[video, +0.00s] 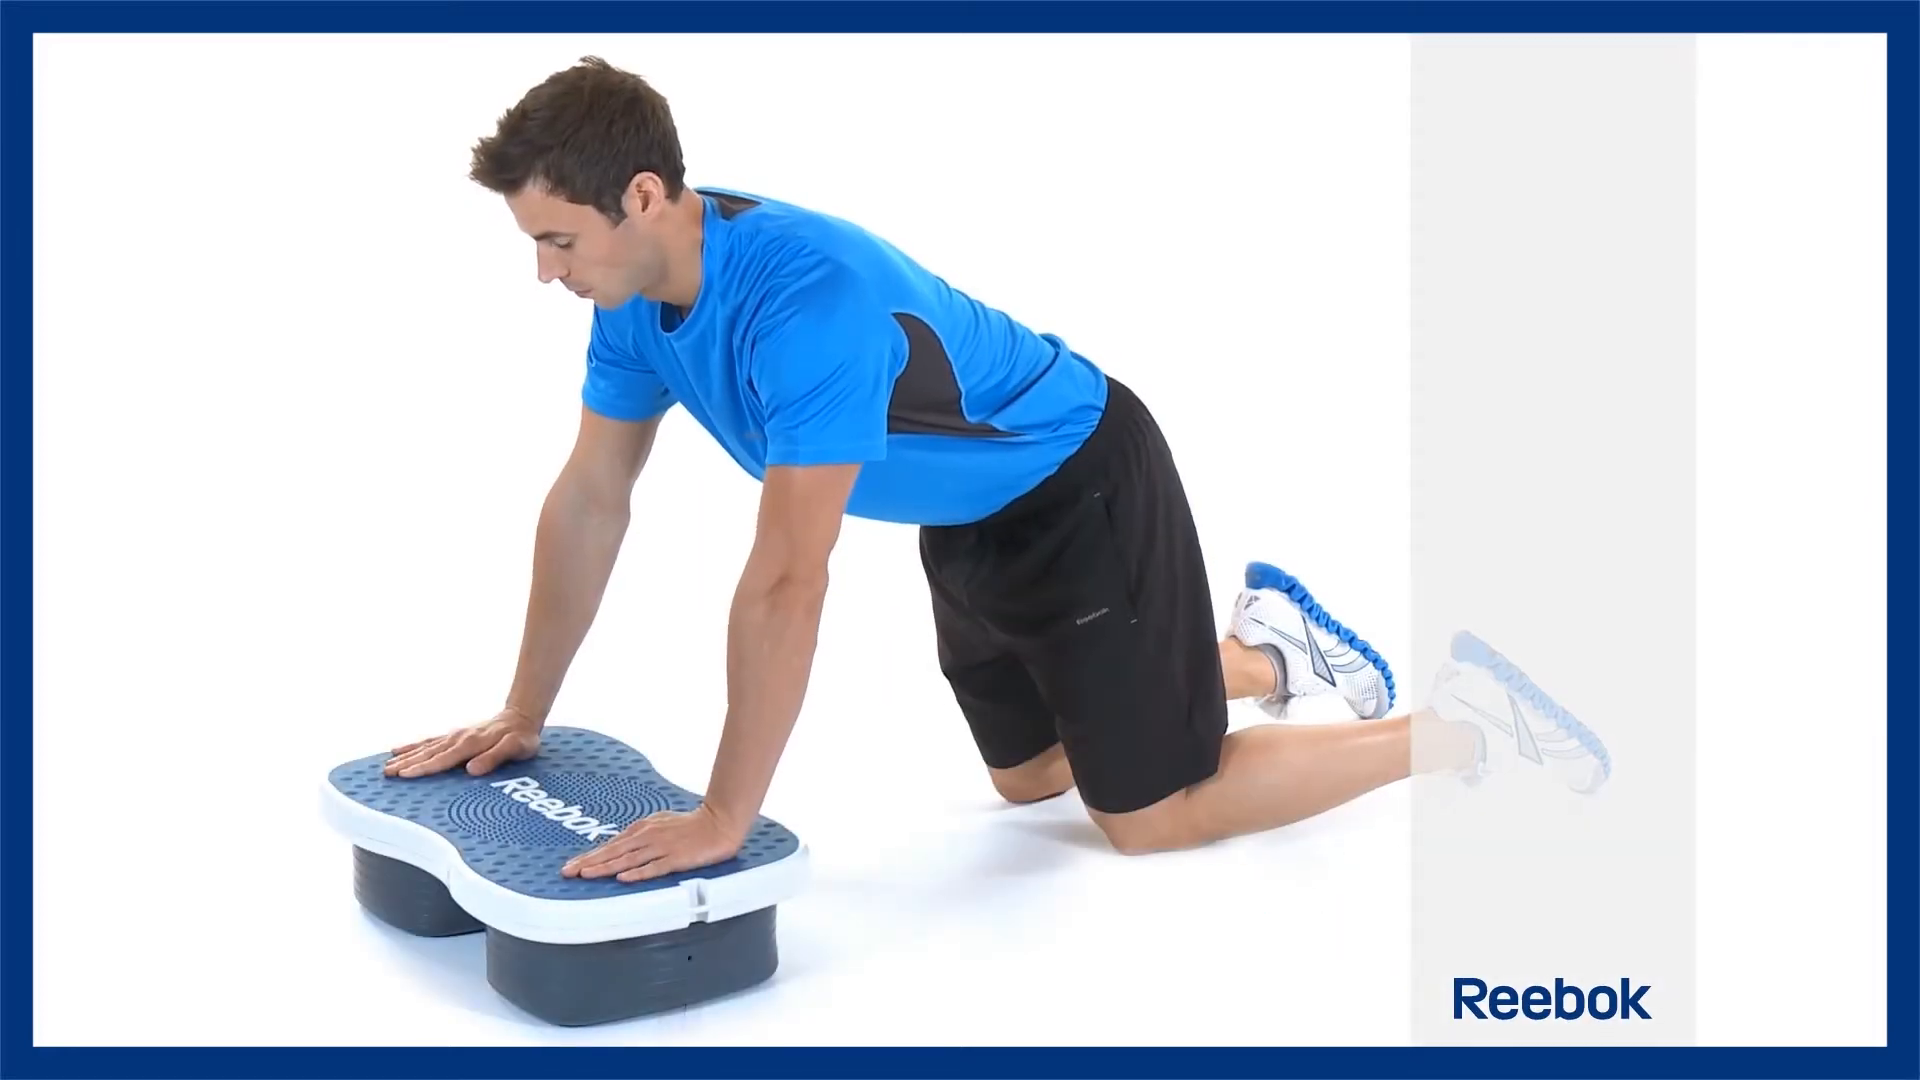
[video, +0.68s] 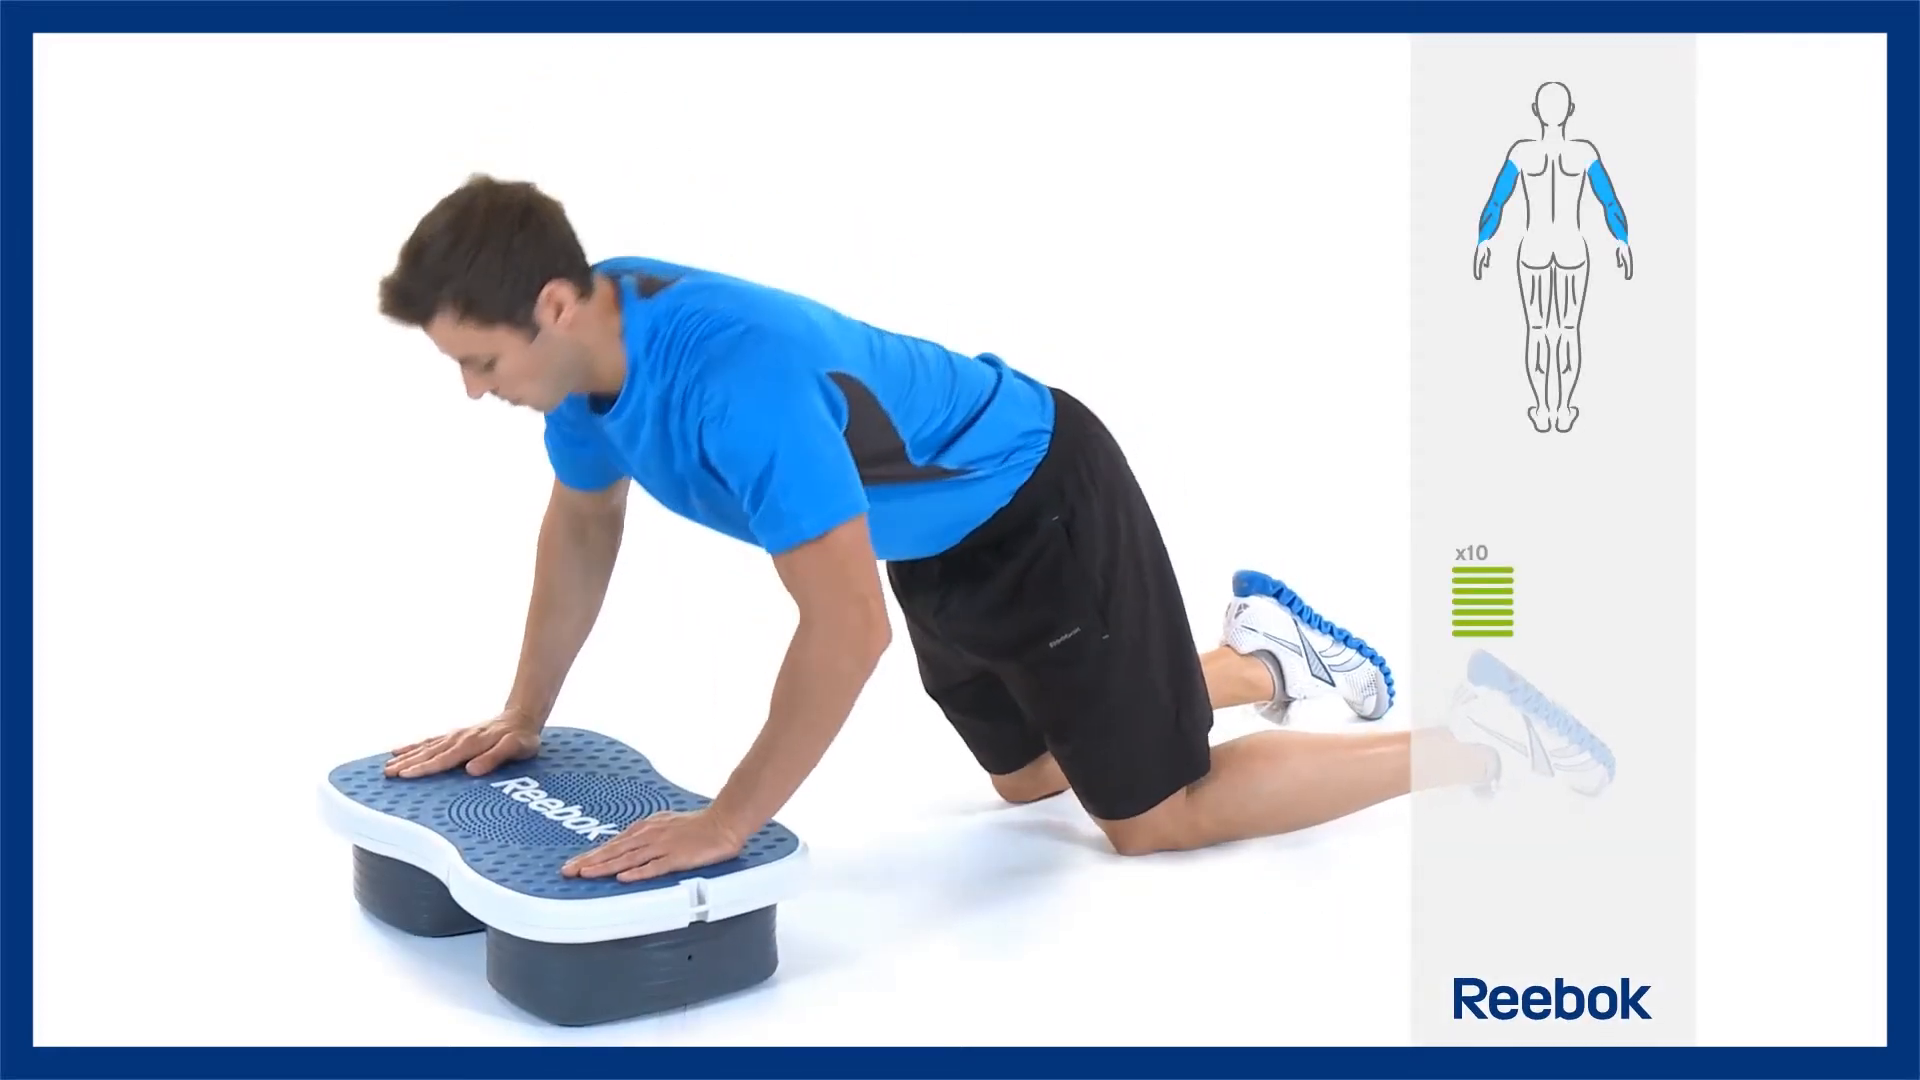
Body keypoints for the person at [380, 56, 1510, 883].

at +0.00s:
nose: (545, 273)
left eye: (555, 241)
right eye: (531, 246)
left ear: (648, 201)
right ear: (622, 214)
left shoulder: (807, 302)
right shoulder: (633, 303)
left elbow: (786, 583)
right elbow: (587, 505)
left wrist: (728, 812)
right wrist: (522, 717)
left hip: (1083, 483)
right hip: (963, 521)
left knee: (1152, 814)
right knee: (1037, 770)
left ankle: (1448, 737)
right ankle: (1265, 657)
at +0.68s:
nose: (478, 392)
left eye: (478, 362)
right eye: (459, 370)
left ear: (556, 301)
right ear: (533, 305)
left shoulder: (736, 381)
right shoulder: (588, 372)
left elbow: (848, 623)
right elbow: (577, 535)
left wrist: (731, 816)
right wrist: (519, 720)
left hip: (1044, 502)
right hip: (937, 554)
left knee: (1155, 815)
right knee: (1033, 781)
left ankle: (1470, 748)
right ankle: (1258, 667)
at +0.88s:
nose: (409, 530)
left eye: (409, 503)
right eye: (389, 512)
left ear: (481, 441)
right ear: (464, 434)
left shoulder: (664, 467)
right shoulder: (534, 411)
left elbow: (853, 646)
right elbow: (574, 551)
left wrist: (733, 820)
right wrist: (523, 713)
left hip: (997, 522)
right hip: (899, 567)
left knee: (1154, 809)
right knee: (1032, 771)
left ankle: (1467, 751)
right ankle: (1255, 657)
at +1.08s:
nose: (359, 659)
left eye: (349, 635)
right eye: (336, 644)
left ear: (406, 568)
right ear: (395, 553)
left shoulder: (603, 560)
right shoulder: (472, 486)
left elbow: (846, 649)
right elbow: (545, 593)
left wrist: (733, 822)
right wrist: (522, 716)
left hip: (957, 558)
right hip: (871, 594)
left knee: (1168, 806)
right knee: (1022, 769)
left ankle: (1465, 750)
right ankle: (1260, 659)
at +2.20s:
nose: (390, 518)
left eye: (388, 491)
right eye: (369, 502)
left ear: (455, 430)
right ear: (440, 431)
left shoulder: (634, 462)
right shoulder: (516, 430)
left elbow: (831, 638)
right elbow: (553, 554)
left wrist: (735, 820)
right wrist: (524, 716)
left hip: (978, 539)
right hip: (885, 583)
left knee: (1137, 805)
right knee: (1001, 762)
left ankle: (1466, 745)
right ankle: (1264, 657)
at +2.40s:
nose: (466, 369)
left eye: (466, 339)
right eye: (447, 349)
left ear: (540, 278)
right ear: (515, 287)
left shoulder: (707, 360)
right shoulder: (573, 351)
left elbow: (798, 597)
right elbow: (565, 527)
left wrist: (731, 814)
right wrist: (522, 720)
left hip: (1024, 507)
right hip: (915, 551)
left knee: (1155, 813)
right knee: (1022, 774)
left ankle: (1474, 742)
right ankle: (1266, 665)